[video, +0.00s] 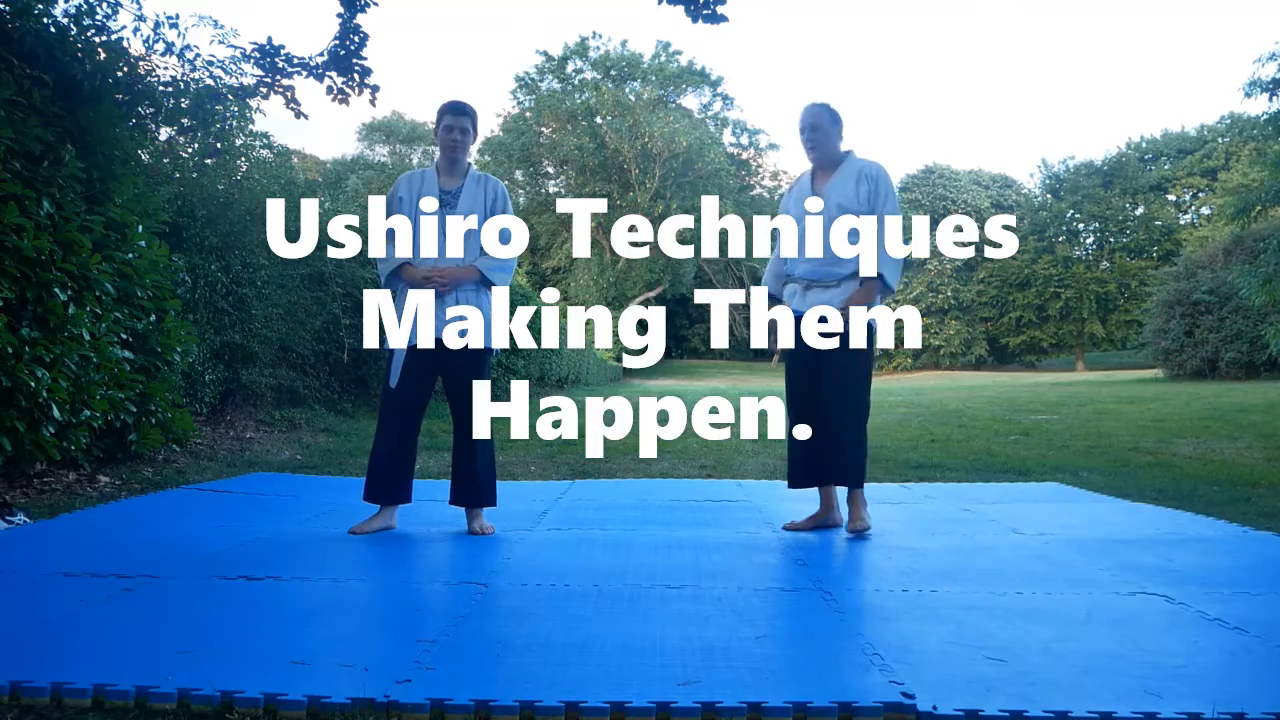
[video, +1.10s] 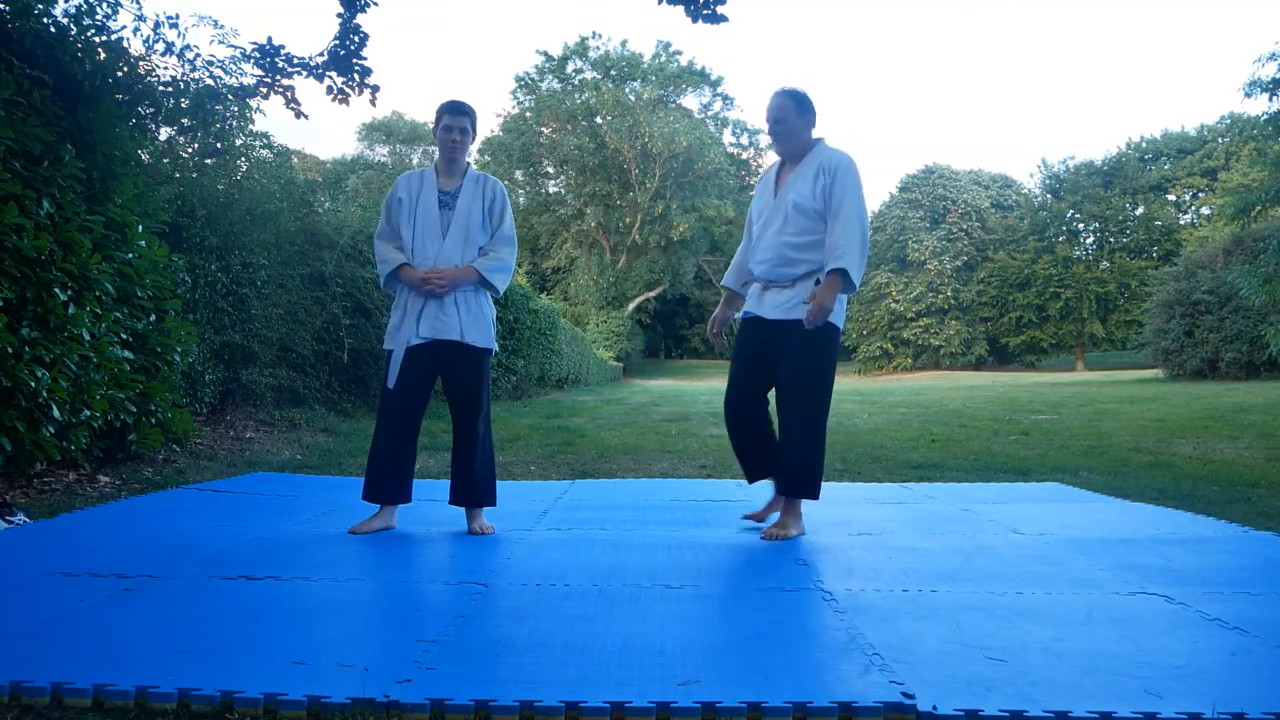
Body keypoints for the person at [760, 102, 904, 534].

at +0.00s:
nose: (808, 138)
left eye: (815, 130)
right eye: (803, 132)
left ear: (839, 132)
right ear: (798, 138)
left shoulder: (868, 175)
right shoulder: (795, 193)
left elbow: (890, 240)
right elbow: (780, 256)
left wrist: (865, 293)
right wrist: (771, 301)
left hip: (850, 306)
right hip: (800, 309)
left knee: (847, 406)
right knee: (810, 408)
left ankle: (856, 502)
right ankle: (827, 506)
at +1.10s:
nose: (771, 131)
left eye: (780, 122)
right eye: (768, 123)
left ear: (808, 122)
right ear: (768, 126)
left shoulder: (835, 165)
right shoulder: (767, 180)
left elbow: (850, 231)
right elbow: (750, 244)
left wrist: (829, 290)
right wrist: (726, 302)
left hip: (809, 307)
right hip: (761, 307)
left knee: (800, 408)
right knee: (741, 401)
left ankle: (792, 512)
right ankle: (782, 487)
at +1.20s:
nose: (767, 130)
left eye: (775, 122)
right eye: (764, 123)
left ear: (803, 121)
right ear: (766, 125)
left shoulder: (832, 165)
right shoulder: (763, 179)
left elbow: (848, 231)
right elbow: (746, 243)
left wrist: (825, 290)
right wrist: (726, 301)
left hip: (807, 306)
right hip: (757, 306)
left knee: (799, 410)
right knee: (735, 403)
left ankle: (791, 514)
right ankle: (751, 497)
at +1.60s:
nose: (738, 129)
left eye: (747, 121)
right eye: (734, 121)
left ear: (774, 123)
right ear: (732, 124)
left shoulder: (802, 169)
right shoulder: (721, 178)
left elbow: (822, 236)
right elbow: (700, 245)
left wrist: (832, 301)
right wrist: (678, 305)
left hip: (781, 305)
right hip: (725, 306)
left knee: (783, 411)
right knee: (711, 409)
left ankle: (789, 514)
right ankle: (699, 508)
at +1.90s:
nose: (731, 125)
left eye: (740, 118)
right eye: (725, 118)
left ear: (756, 124)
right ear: (715, 124)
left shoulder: (778, 174)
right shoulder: (694, 173)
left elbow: (804, 238)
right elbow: (658, 223)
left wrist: (838, 292)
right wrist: (624, 266)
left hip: (762, 304)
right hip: (704, 303)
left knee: (762, 407)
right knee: (696, 405)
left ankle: (766, 505)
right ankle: (698, 506)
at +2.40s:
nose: (756, 124)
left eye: (762, 118)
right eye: (749, 116)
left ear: (767, 129)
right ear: (727, 124)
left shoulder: (769, 187)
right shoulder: (708, 166)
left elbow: (774, 254)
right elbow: (678, 213)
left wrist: (779, 312)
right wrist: (661, 258)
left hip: (752, 304)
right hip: (707, 297)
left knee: (744, 403)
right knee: (703, 400)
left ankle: (721, 505)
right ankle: (692, 505)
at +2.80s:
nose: (766, 139)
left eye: (767, 132)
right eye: (761, 129)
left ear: (741, 126)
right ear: (736, 124)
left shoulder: (737, 171)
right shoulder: (715, 158)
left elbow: (719, 233)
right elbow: (694, 222)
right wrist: (691, 285)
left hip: (728, 302)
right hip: (700, 298)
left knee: (731, 404)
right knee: (689, 402)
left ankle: (720, 503)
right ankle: (660, 508)